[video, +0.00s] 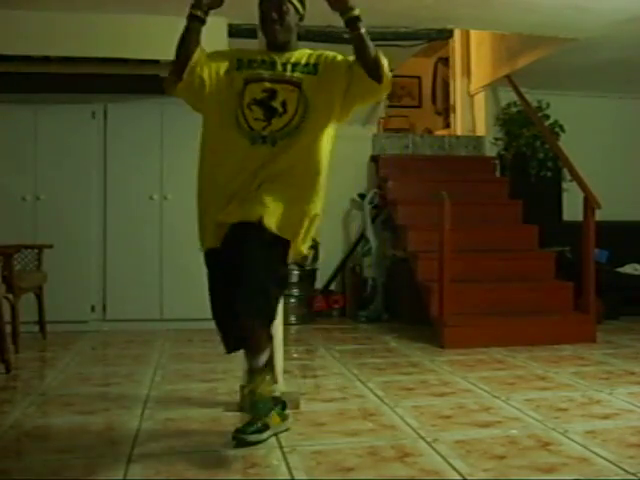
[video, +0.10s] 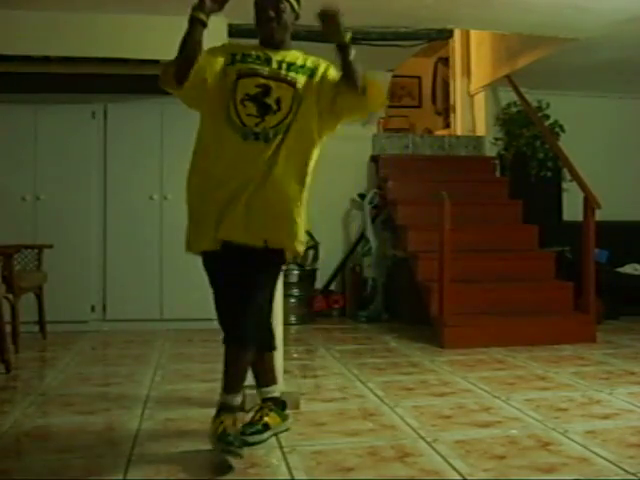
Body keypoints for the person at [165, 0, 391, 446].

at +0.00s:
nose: (275, 15)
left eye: (284, 8)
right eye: (268, 8)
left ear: (299, 19)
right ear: (258, 18)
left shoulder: (321, 66)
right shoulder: (228, 65)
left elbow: (376, 78)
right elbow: (178, 78)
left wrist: (351, 19)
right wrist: (196, 20)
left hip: (285, 194)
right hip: (225, 193)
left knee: (252, 285)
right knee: (233, 301)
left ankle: (259, 385)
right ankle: (269, 397)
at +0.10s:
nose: (271, 14)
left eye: (280, 8)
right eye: (264, 7)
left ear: (294, 18)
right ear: (254, 15)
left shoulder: (314, 73)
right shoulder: (223, 60)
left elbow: (361, 100)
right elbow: (178, 81)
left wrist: (340, 41)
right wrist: (197, 24)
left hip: (273, 207)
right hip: (215, 203)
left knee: (244, 313)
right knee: (245, 313)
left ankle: (227, 412)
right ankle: (272, 403)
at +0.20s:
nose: (266, 18)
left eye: (274, 12)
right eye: (259, 11)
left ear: (288, 22)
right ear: (248, 19)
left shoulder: (303, 77)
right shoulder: (222, 58)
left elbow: (336, 138)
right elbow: (191, 99)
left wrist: (330, 73)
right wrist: (200, 37)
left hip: (271, 212)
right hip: (213, 208)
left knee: (239, 322)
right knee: (242, 318)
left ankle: (217, 427)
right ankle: (272, 405)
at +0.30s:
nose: (265, 10)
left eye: (273, 4)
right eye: (256, 4)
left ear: (286, 16)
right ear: (243, 14)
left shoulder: (296, 77)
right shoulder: (216, 55)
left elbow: (304, 152)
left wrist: (335, 99)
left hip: (273, 218)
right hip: (212, 213)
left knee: (242, 329)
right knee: (225, 323)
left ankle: (213, 430)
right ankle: (257, 395)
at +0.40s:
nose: (266, 8)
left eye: (273, 3)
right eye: (257, 1)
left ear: (284, 14)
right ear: (239, 9)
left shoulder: (292, 72)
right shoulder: (212, 46)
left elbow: (306, 150)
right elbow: (175, 74)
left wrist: (336, 94)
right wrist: (186, 14)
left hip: (264, 215)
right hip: (201, 207)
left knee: (239, 331)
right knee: (200, 320)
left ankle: (216, 429)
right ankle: (230, 384)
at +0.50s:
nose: (265, 4)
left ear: (282, 7)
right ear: (238, 2)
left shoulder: (290, 69)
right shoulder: (205, 38)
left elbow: (310, 142)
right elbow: (166, 39)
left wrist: (327, 79)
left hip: (256, 213)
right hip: (193, 206)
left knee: (236, 326)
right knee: (206, 322)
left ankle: (212, 422)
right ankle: (218, 408)